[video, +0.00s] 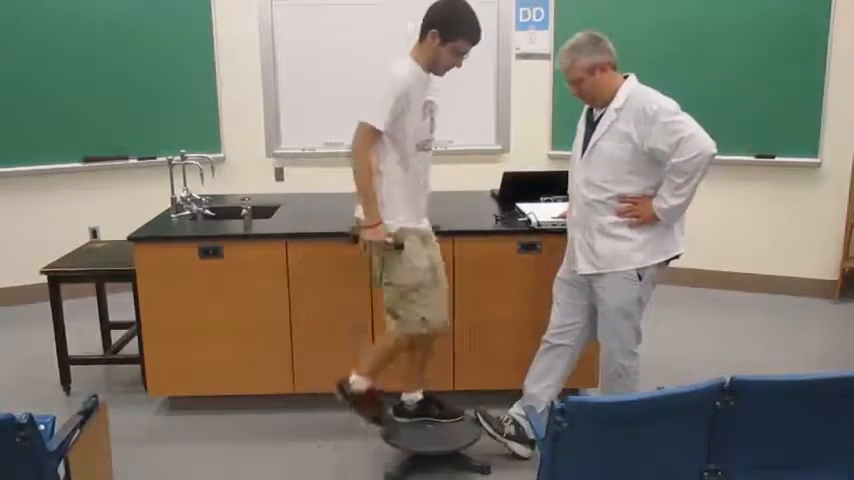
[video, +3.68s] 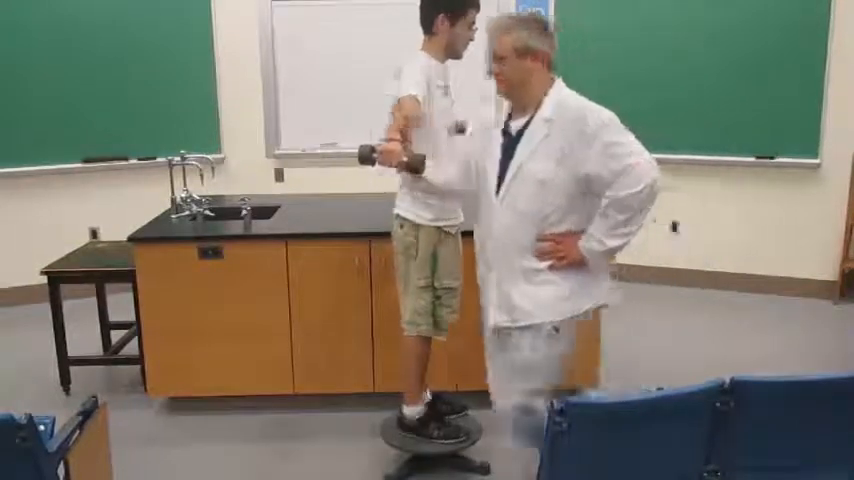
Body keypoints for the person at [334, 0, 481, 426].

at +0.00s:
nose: (461, 62)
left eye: (465, 54)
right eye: (459, 52)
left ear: (437, 42)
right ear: (434, 38)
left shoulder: (420, 82)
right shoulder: (401, 79)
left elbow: (404, 159)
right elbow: (361, 147)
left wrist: (420, 219)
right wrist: (372, 220)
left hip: (417, 225)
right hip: (395, 227)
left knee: (429, 319)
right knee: (415, 320)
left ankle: (412, 399)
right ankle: (358, 383)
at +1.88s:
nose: (472, 46)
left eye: (475, 37)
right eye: (472, 35)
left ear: (446, 26)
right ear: (450, 26)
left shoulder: (427, 75)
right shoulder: (422, 78)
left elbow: (419, 153)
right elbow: (415, 156)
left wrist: (451, 175)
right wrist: (439, 221)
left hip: (428, 220)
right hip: (422, 222)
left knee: (427, 318)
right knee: (422, 320)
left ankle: (422, 400)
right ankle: (414, 411)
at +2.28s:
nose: (476, 32)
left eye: (477, 23)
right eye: (474, 22)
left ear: (447, 21)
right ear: (458, 20)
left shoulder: (440, 68)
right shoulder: (428, 66)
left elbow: (435, 122)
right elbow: (426, 113)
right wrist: (434, 152)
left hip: (441, 214)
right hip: (425, 214)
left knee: (435, 313)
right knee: (424, 315)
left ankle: (424, 398)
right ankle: (414, 411)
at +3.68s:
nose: (473, 35)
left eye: (474, 26)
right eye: (470, 26)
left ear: (444, 25)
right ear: (443, 24)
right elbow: (408, 106)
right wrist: (402, 134)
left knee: (432, 314)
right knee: (420, 316)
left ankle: (422, 399)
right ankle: (412, 411)